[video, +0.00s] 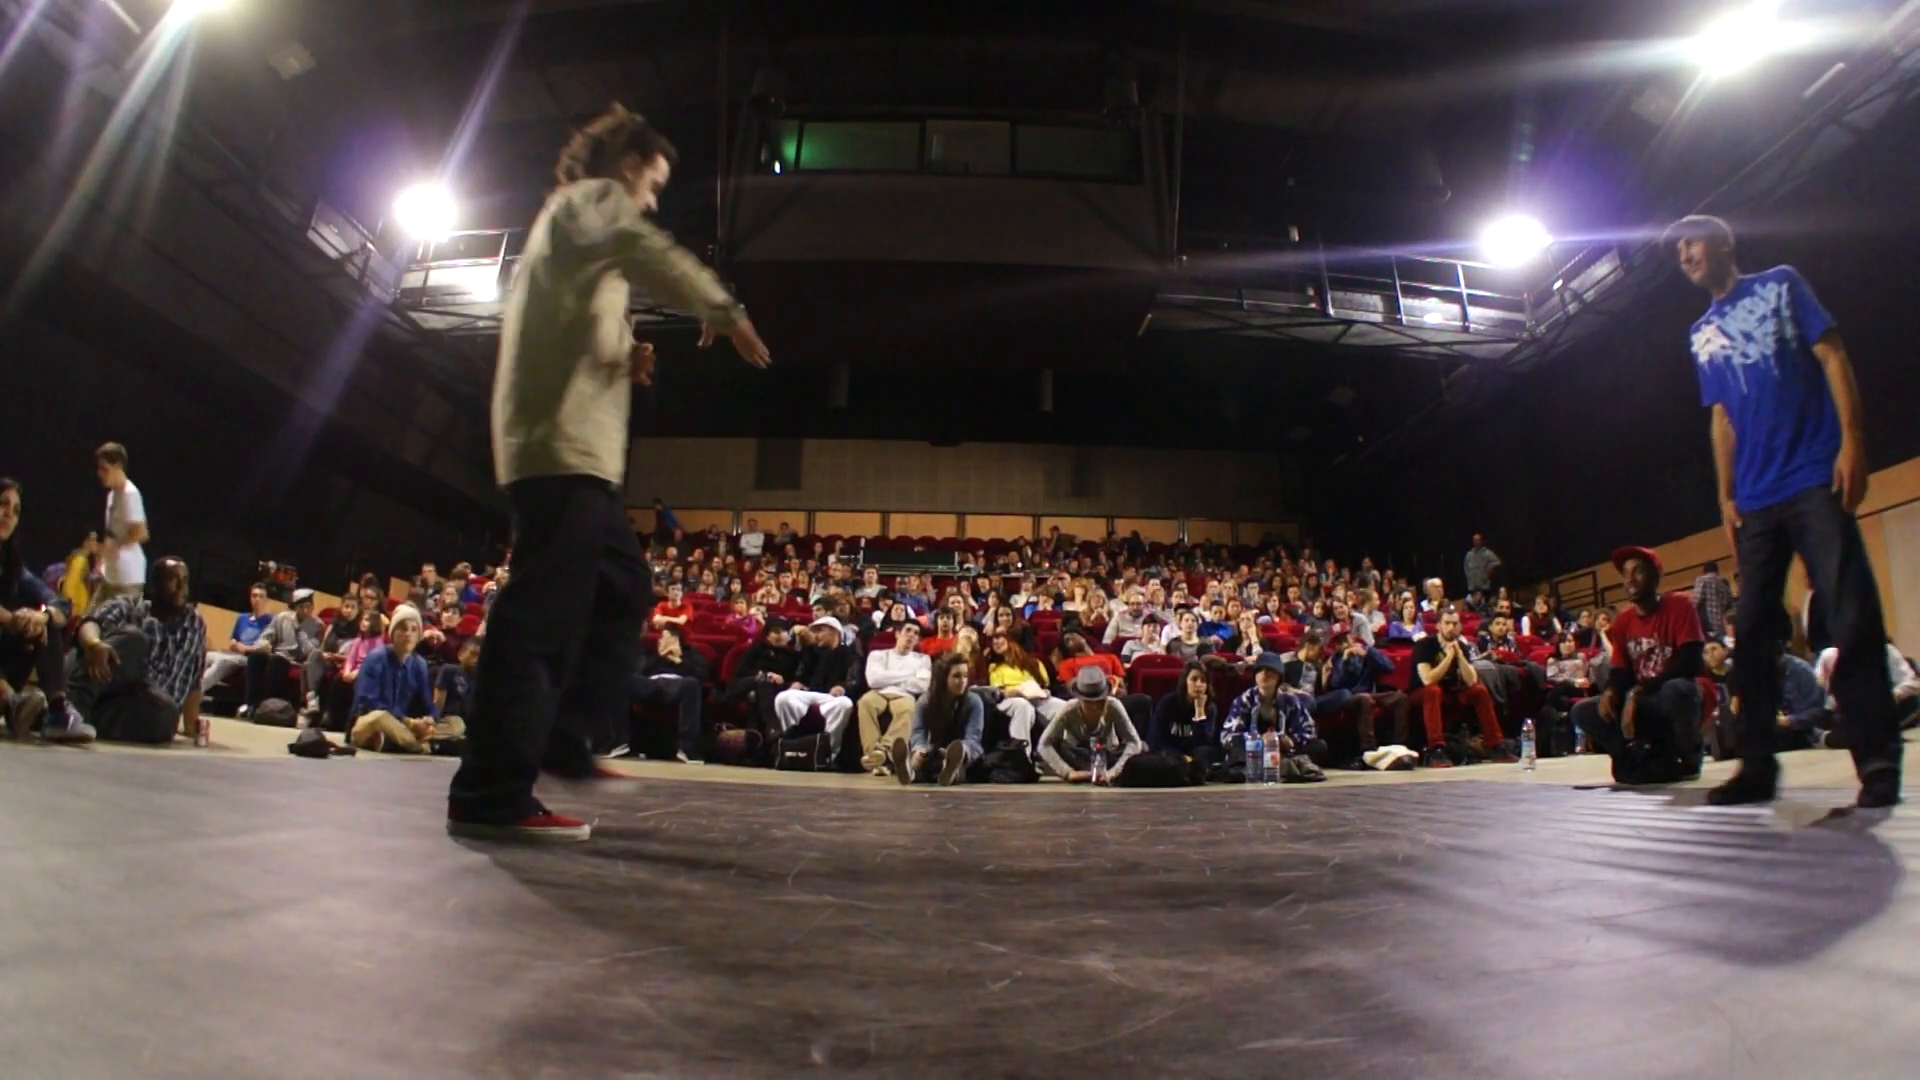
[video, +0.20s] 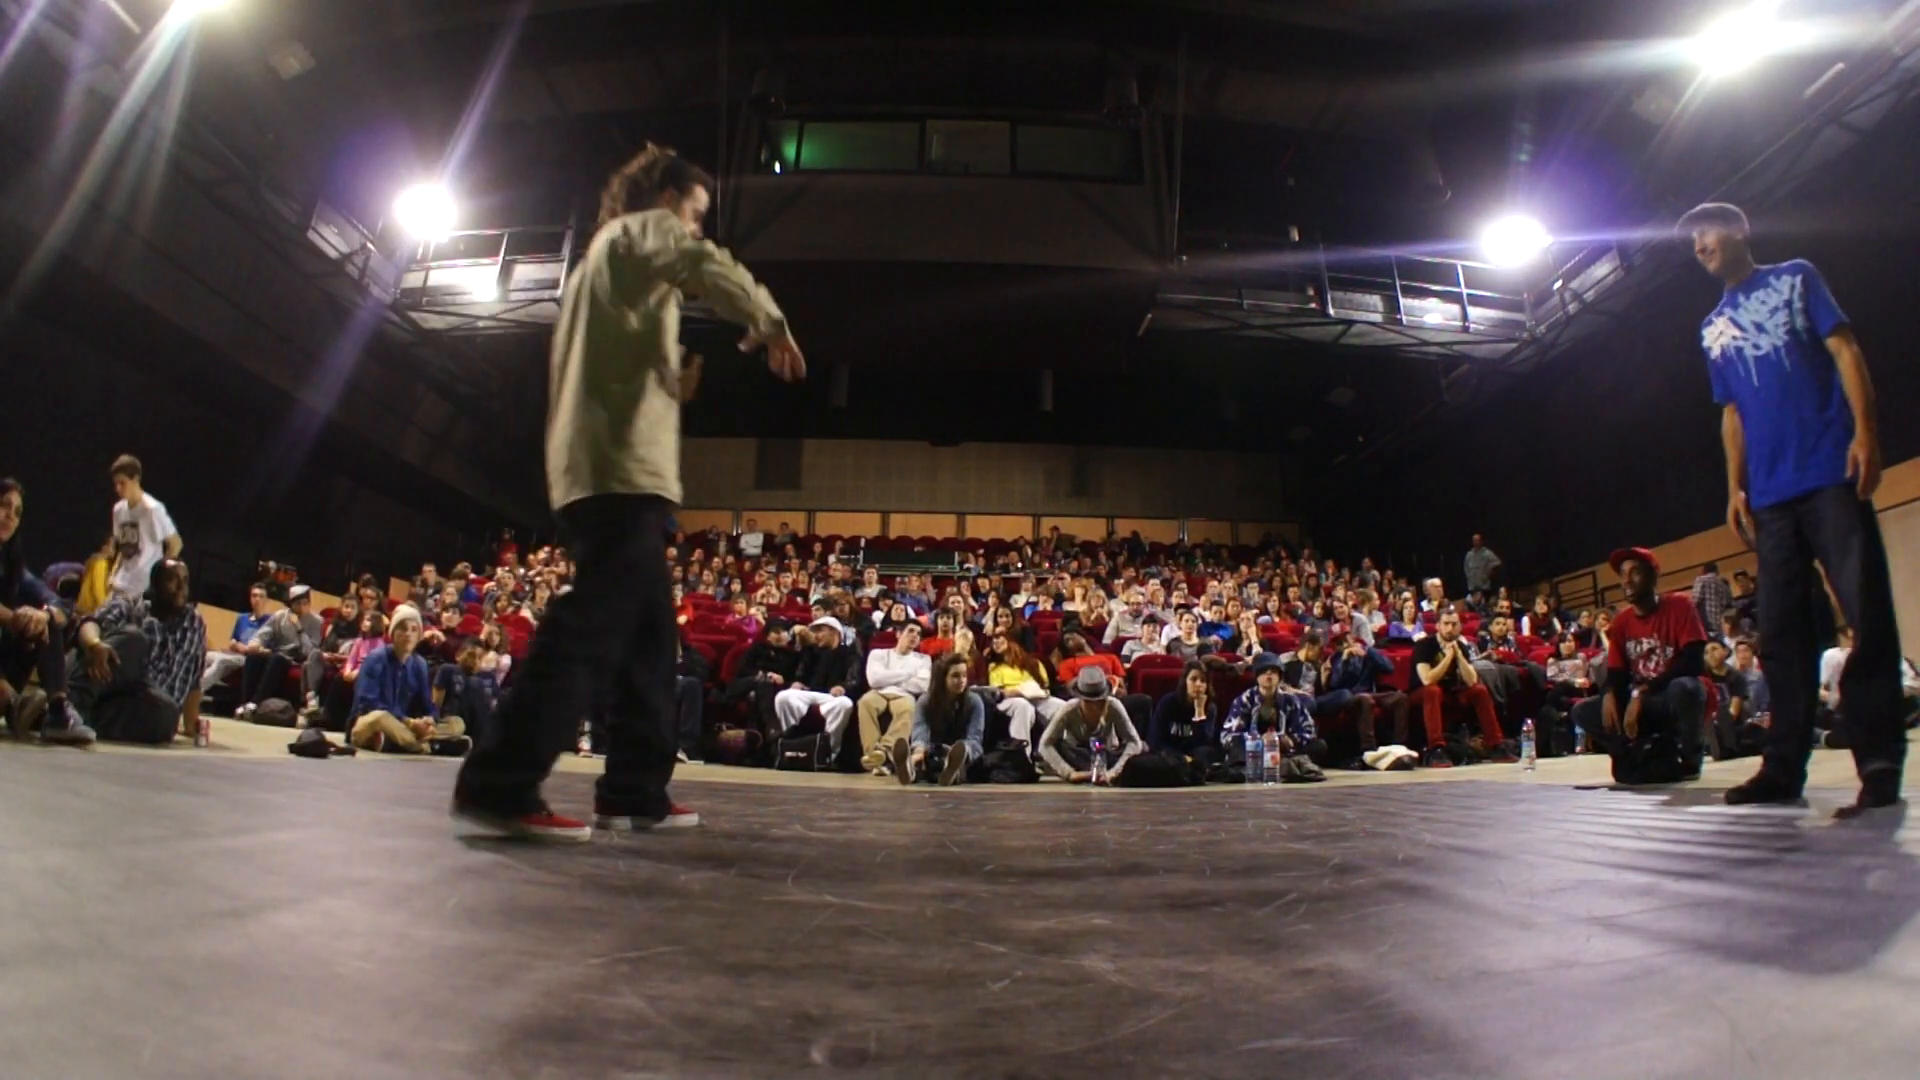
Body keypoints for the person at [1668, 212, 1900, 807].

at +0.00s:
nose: (1687, 256)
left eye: (1695, 243)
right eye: (1681, 250)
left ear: (1726, 245)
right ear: (1684, 263)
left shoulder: (1780, 285)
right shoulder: (1700, 335)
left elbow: (1833, 358)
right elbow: (1721, 418)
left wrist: (1852, 445)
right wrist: (1726, 496)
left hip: (1813, 480)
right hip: (1754, 498)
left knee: (1851, 621)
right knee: (1751, 628)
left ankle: (1878, 770)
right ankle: (1756, 768)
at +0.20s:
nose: (1700, 245)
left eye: (1708, 231)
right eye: (1694, 240)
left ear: (1741, 231)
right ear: (1697, 255)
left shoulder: (1792, 277)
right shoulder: (1712, 328)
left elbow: (1844, 350)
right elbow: (1731, 412)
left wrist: (1865, 433)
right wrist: (1735, 485)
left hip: (1829, 475)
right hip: (1769, 491)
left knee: (1868, 622)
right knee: (1781, 631)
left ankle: (1880, 773)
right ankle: (1782, 772)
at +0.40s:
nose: (1700, 247)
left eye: (1707, 233)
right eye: (1694, 242)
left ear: (1741, 231)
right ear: (1699, 254)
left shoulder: (1798, 278)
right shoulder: (1717, 324)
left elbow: (1844, 355)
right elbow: (1736, 409)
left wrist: (1865, 446)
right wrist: (1741, 488)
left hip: (1830, 480)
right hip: (1770, 496)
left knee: (1871, 623)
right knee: (1780, 633)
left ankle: (1880, 772)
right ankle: (1782, 771)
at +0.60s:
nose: (1696, 247)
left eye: (1703, 233)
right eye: (1690, 242)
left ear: (1738, 231)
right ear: (1697, 254)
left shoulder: (1792, 276)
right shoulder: (1716, 325)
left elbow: (1835, 359)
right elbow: (1735, 410)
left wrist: (1858, 453)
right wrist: (1738, 491)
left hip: (1823, 480)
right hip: (1765, 494)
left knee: (1864, 624)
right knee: (1778, 632)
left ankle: (1879, 771)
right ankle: (1782, 770)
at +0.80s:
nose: (1682, 260)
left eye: (1689, 248)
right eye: (1678, 253)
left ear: (1723, 246)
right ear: (1687, 264)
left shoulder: (1772, 286)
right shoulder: (1705, 335)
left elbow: (1818, 363)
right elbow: (1724, 419)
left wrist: (1842, 455)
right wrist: (1724, 496)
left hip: (1798, 486)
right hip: (1747, 500)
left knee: (1837, 623)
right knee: (1765, 630)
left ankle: (1874, 767)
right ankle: (1783, 765)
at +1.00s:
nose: (1658, 278)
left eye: (1665, 265)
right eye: (1654, 274)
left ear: (1698, 264)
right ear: (1662, 286)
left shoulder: (1741, 303)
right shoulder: (1687, 354)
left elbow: (1786, 376)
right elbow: (1707, 436)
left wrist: (1806, 461)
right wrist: (1709, 512)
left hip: (1764, 484)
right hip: (1727, 499)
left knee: (1773, 620)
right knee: (1750, 630)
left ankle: (1828, 752)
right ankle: (1780, 763)